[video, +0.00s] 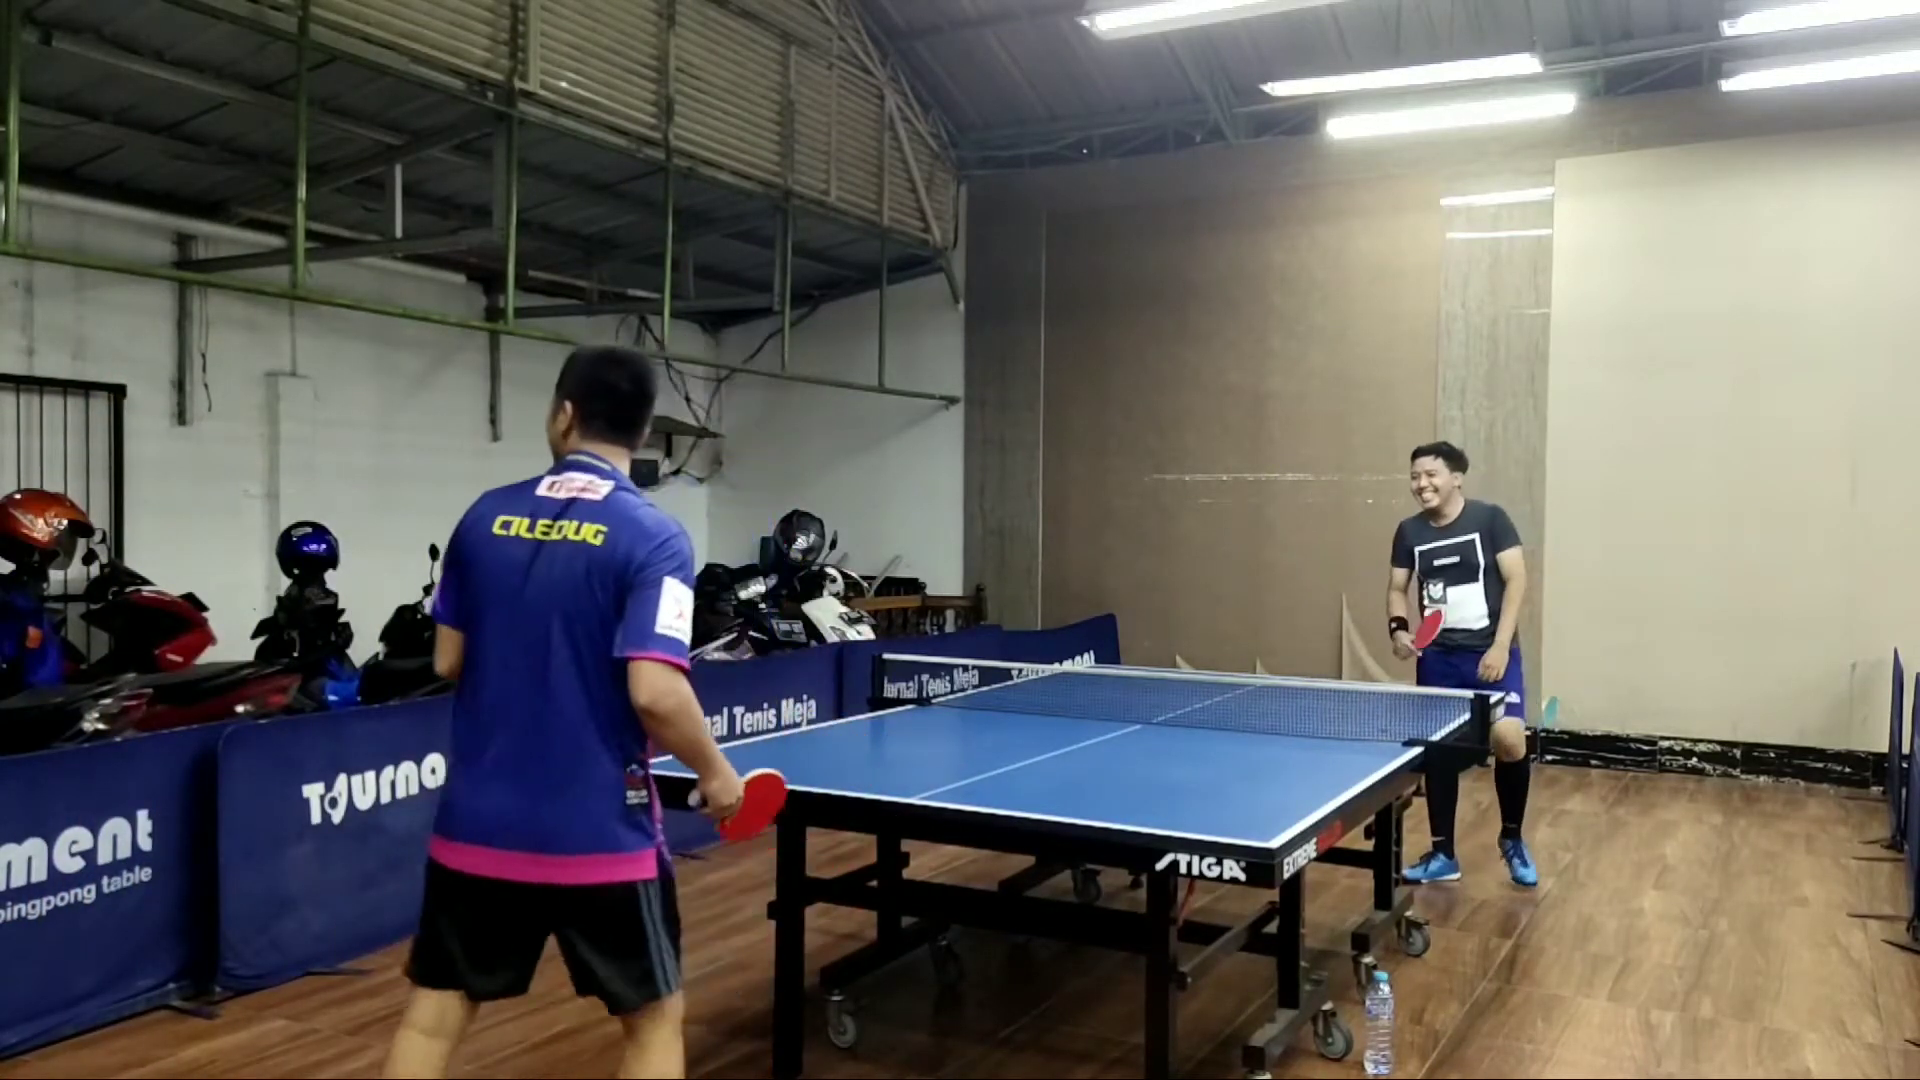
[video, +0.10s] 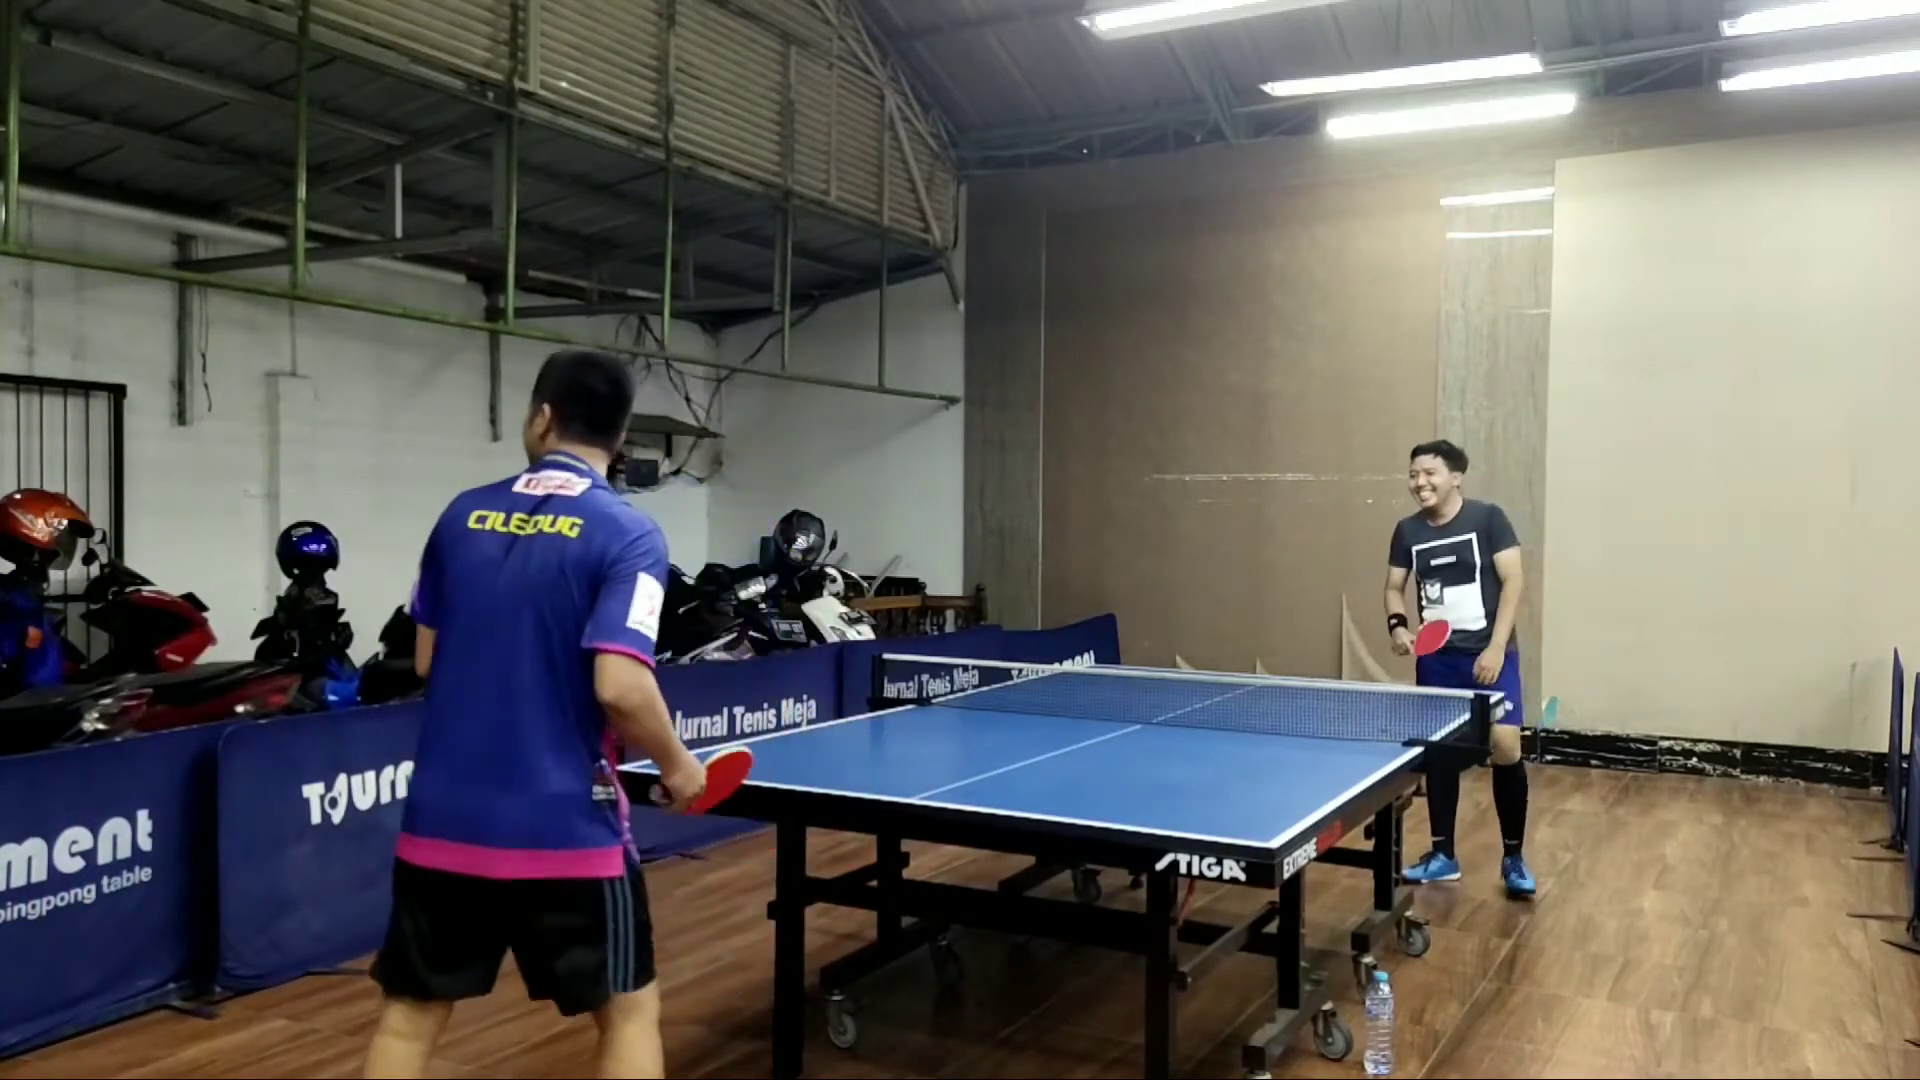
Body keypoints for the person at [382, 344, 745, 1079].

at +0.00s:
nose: (551, 418)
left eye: (553, 407)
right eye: (556, 408)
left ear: (564, 415)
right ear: (643, 434)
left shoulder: (486, 513)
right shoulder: (655, 536)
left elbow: (448, 661)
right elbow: (654, 691)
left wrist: (533, 656)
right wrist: (713, 769)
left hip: (475, 832)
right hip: (599, 843)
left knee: (430, 1020)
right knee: (653, 1022)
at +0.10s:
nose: (526, 422)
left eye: (529, 411)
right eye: (530, 411)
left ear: (541, 418)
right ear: (620, 440)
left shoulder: (464, 512)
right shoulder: (629, 534)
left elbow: (428, 660)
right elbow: (619, 684)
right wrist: (677, 762)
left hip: (441, 831)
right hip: (564, 841)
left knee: (409, 1015)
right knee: (628, 1013)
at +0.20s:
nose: (516, 427)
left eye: (519, 417)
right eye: (518, 418)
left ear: (531, 422)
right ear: (611, 444)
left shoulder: (455, 511)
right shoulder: (616, 528)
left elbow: (421, 649)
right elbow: (606, 676)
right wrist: (657, 753)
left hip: (426, 828)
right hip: (547, 836)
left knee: (401, 1022)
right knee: (604, 1011)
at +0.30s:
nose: (519, 435)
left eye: (520, 426)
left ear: (532, 429)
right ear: (610, 451)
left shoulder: (457, 515)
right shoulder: (618, 529)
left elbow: (422, 643)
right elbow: (615, 676)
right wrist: (656, 752)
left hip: (418, 827)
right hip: (538, 838)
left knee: (404, 1018)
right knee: (570, 1020)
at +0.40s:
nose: (529, 450)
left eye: (531, 441)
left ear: (544, 443)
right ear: (619, 465)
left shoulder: (465, 525)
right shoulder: (630, 541)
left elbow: (433, 652)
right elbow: (637, 694)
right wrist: (662, 755)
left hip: (410, 825)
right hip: (530, 838)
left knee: (417, 1009)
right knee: (567, 1025)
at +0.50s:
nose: (537, 468)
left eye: (540, 458)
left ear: (554, 462)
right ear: (625, 486)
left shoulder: (473, 538)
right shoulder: (636, 558)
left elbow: (444, 663)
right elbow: (658, 715)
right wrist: (670, 764)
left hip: (405, 818)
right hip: (526, 831)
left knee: (412, 989)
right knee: (573, 1021)